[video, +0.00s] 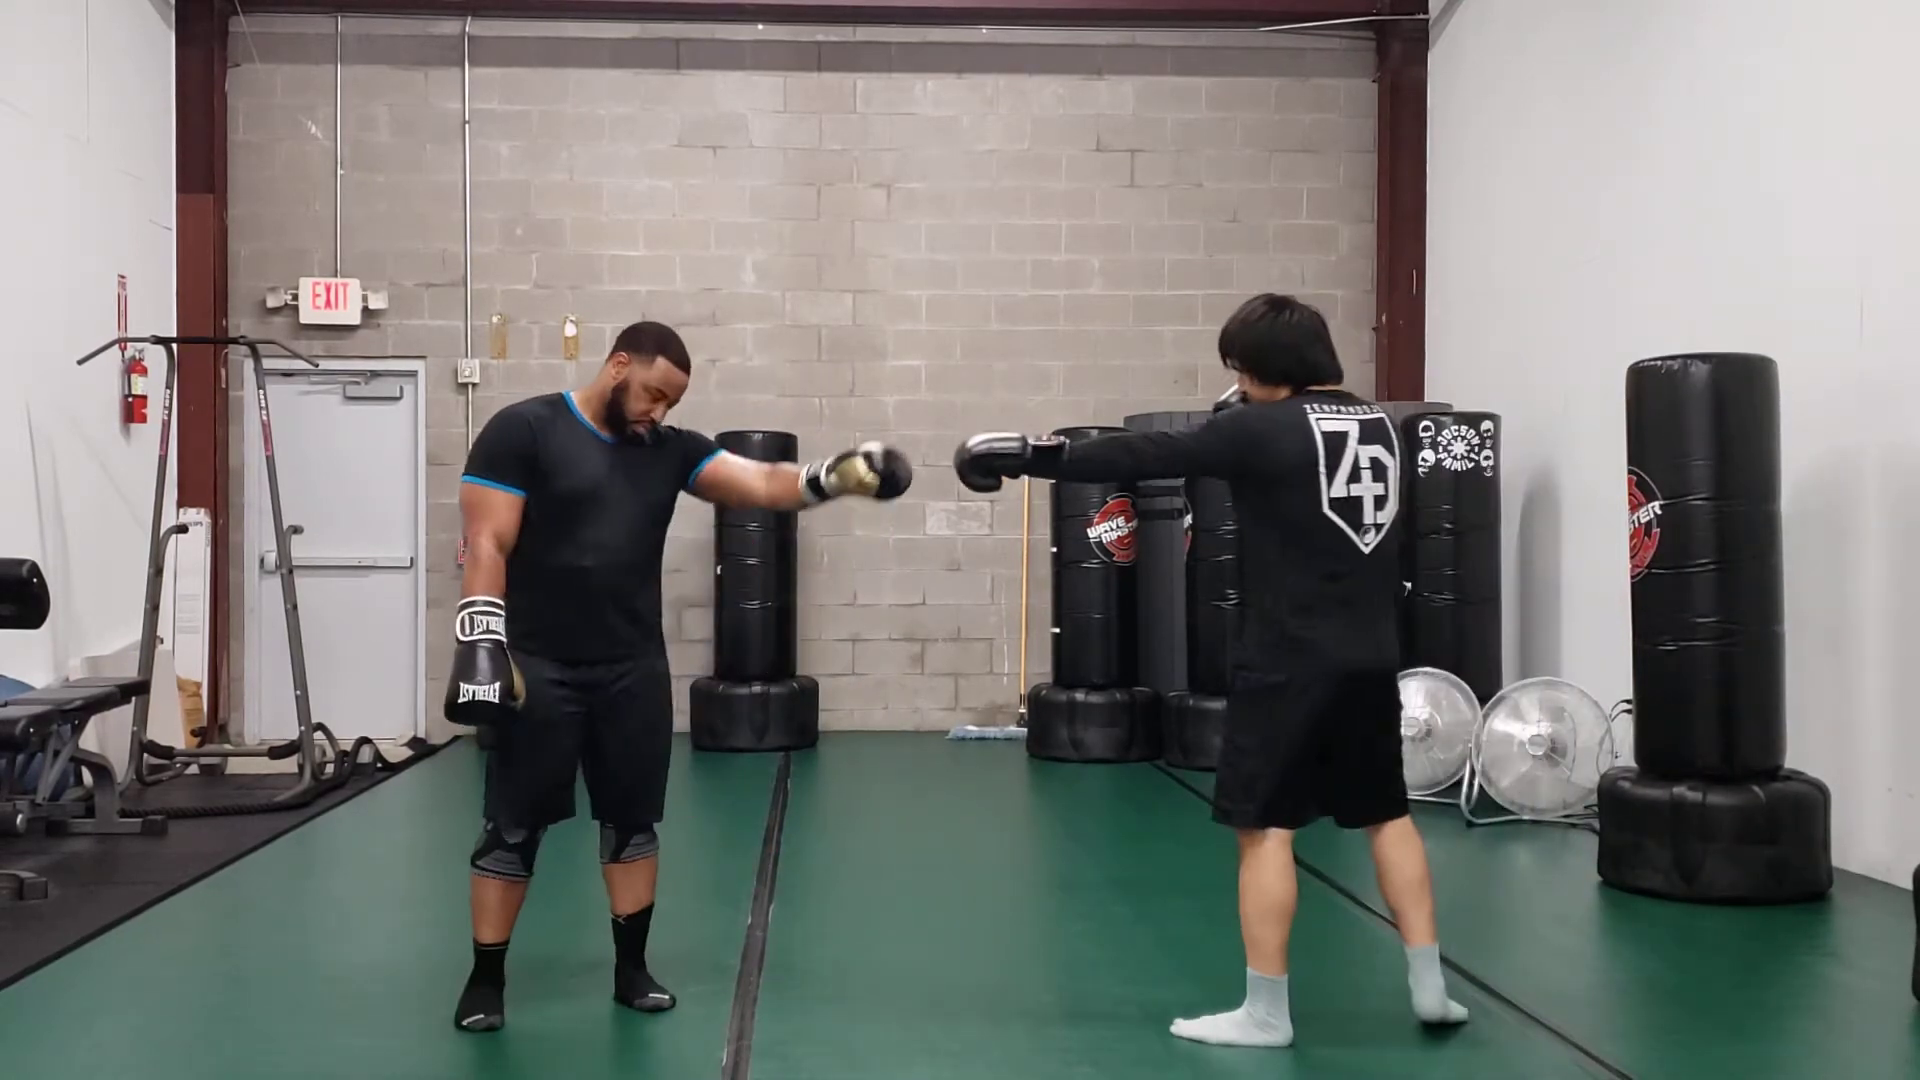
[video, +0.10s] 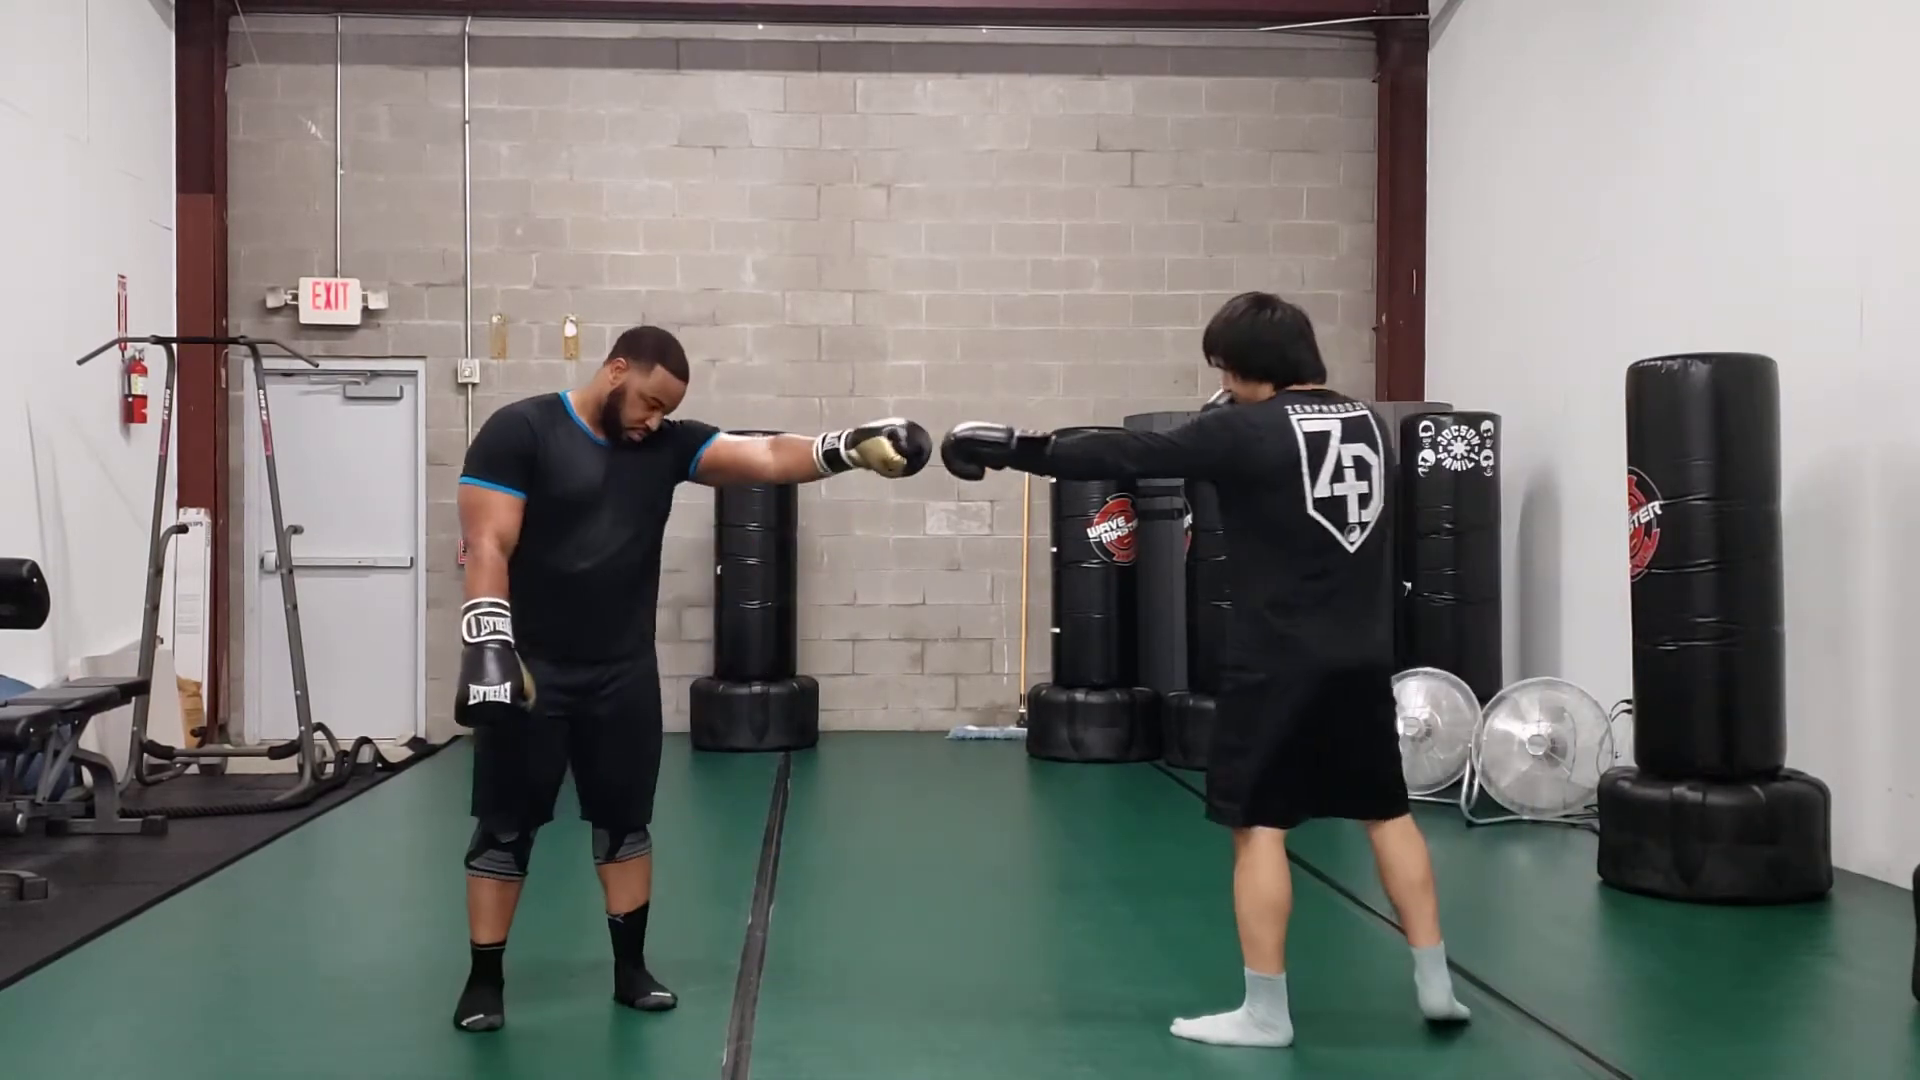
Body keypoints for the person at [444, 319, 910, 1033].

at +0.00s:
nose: (660, 414)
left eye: (671, 402)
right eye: (657, 395)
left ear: (670, 393)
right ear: (619, 365)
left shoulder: (666, 449)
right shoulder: (522, 432)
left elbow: (763, 481)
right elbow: (484, 543)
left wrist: (831, 478)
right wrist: (482, 639)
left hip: (633, 671)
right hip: (536, 670)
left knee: (634, 824)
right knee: (511, 831)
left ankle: (632, 968)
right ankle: (485, 980)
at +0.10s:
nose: (656, 421)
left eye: (666, 410)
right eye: (652, 404)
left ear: (673, 400)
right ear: (616, 371)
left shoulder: (665, 442)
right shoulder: (519, 431)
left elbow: (768, 458)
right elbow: (486, 544)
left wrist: (851, 447)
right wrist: (489, 641)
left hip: (622, 673)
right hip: (526, 670)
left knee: (626, 824)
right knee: (503, 832)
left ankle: (632, 969)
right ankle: (484, 981)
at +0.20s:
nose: (654, 425)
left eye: (665, 414)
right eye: (649, 408)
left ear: (674, 404)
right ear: (615, 374)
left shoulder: (666, 445)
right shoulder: (515, 433)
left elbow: (770, 456)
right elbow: (490, 548)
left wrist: (858, 445)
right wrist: (501, 640)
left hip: (615, 675)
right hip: (522, 670)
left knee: (619, 824)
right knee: (499, 833)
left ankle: (630, 969)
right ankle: (483, 981)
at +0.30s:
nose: (654, 428)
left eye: (665, 418)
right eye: (650, 411)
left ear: (672, 407)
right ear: (615, 377)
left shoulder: (664, 448)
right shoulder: (516, 432)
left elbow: (764, 457)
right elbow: (491, 546)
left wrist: (847, 446)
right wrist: (510, 636)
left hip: (615, 666)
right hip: (523, 661)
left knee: (620, 822)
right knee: (499, 829)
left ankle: (630, 969)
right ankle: (484, 981)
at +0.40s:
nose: (654, 425)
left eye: (665, 414)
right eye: (649, 408)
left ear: (673, 403)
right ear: (615, 376)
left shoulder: (668, 445)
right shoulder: (518, 431)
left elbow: (768, 455)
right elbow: (494, 543)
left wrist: (853, 446)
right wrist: (518, 634)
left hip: (617, 665)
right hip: (528, 657)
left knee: (623, 820)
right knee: (504, 826)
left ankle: (631, 969)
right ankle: (484, 980)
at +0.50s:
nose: (660, 420)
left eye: (670, 408)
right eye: (654, 403)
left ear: (677, 398)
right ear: (617, 372)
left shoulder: (674, 444)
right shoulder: (521, 432)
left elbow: (778, 467)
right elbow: (489, 542)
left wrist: (860, 451)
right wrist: (523, 626)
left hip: (625, 666)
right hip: (531, 660)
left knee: (626, 824)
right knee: (505, 829)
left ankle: (631, 970)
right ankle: (485, 981)